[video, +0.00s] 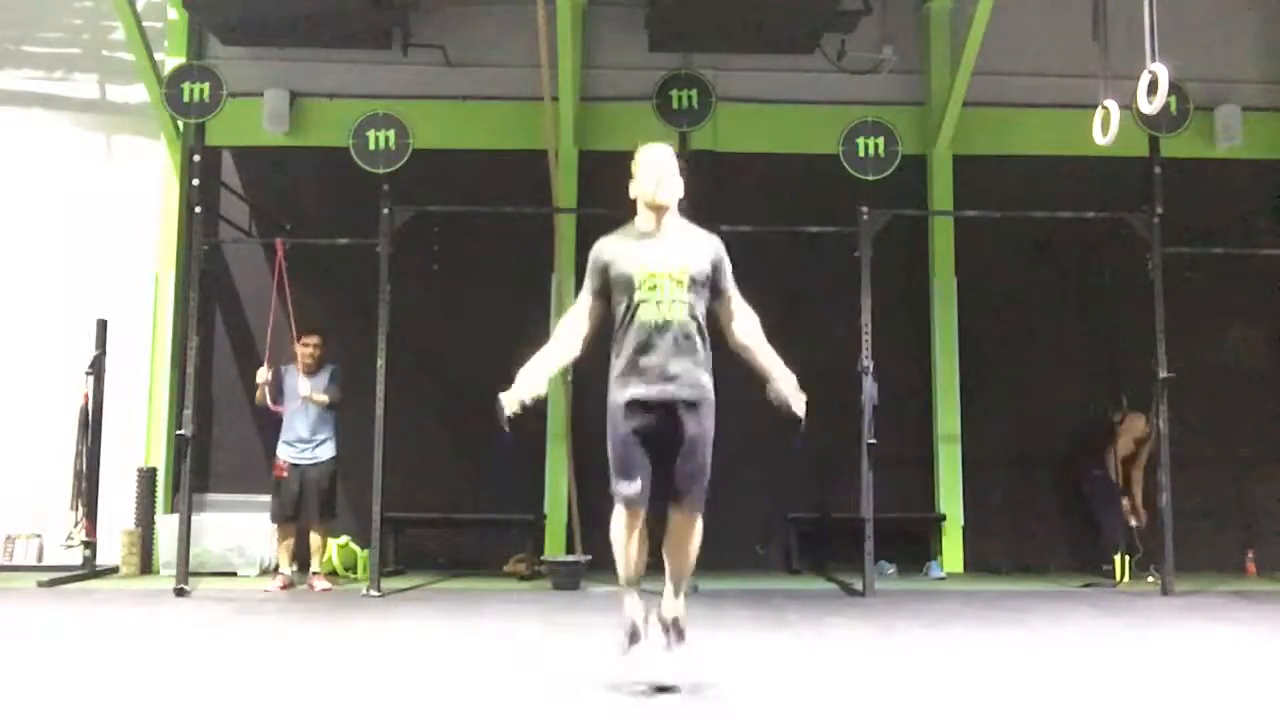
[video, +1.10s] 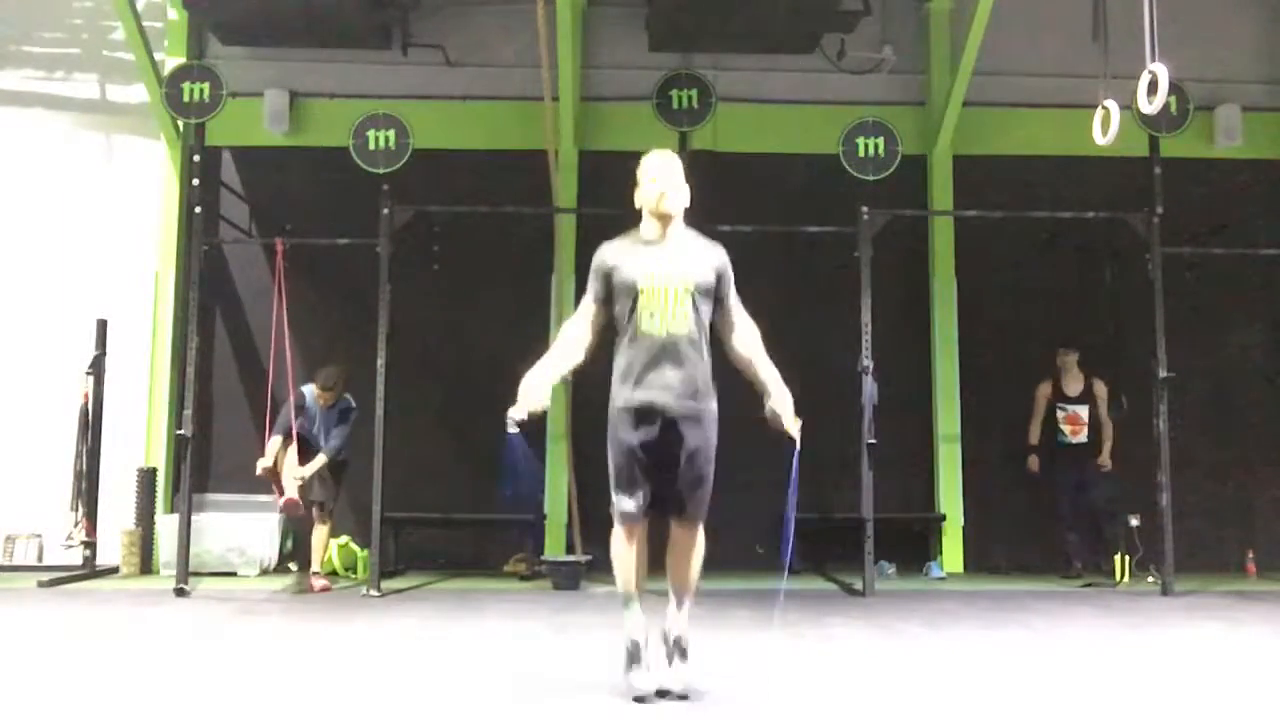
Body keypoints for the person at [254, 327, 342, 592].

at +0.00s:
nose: (310, 351)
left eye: (315, 347)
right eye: (305, 345)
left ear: (322, 351)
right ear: (296, 348)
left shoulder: (330, 373)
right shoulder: (284, 373)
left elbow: (333, 398)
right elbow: (263, 403)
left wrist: (311, 396)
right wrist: (263, 385)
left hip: (320, 453)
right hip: (288, 452)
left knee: (318, 517)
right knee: (285, 516)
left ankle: (316, 572)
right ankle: (284, 572)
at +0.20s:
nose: (315, 362)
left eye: (320, 357)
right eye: (311, 357)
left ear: (328, 359)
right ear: (302, 357)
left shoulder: (337, 381)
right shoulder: (288, 379)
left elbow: (337, 408)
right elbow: (274, 402)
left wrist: (325, 422)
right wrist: (265, 410)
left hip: (326, 458)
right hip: (293, 458)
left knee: (324, 516)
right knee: (286, 515)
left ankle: (316, 573)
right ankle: (284, 571)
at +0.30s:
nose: (319, 372)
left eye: (324, 367)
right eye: (314, 366)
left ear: (332, 367)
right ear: (306, 365)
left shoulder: (341, 388)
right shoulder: (294, 381)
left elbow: (339, 417)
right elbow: (278, 406)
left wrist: (324, 437)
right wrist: (269, 421)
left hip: (327, 462)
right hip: (294, 460)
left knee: (325, 517)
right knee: (278, 511)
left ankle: (316, 574)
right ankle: (276, 567)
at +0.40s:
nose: (320, 381)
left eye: (326, 376)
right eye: (316, 375)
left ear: (338, 374)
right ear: (311, 370)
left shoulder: (345, 395)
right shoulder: (298, 384)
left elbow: (340, 430)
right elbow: (281, 415)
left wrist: (320, 459)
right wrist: (273, 440)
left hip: (325, 456)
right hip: (293, 452)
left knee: (324, 515)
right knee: (262, 465)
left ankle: (316, 572)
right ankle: (269, 529)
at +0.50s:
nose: (322, 388)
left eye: (328, 385)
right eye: (320, 382)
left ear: (340, 381)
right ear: (316, 375)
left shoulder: (349, 401)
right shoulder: (301, 386)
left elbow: (342, 441)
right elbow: (285, 423)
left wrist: (321, 475)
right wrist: (280, 460)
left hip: (328, 457)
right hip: (298, 449)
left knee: (321, 514)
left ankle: (316, 571)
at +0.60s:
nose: (327, 391)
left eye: (333, 388)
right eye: (325, 386)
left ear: (344, 384)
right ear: (320, 377)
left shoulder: (351, 404)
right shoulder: (304, 387)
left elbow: (346, 445)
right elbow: (289, 425)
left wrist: (325, 483)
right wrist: (285, 462)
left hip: (327, 454)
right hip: (300, 445)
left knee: (321, 514)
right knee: (255, 422)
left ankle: (316, 573)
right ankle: (291, 470)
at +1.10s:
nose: (322, 402)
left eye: (328, 399)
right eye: (319, 396)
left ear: (339, 393)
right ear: (315, 387)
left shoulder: (347, 408)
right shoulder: (303, 396)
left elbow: (335, 445)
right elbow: (281, 427)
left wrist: (308, 470)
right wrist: (268, 457)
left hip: (331, 458)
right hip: (300, 451)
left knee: (323, 514)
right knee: (288, 443)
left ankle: (315, 572)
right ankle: (292, 495)